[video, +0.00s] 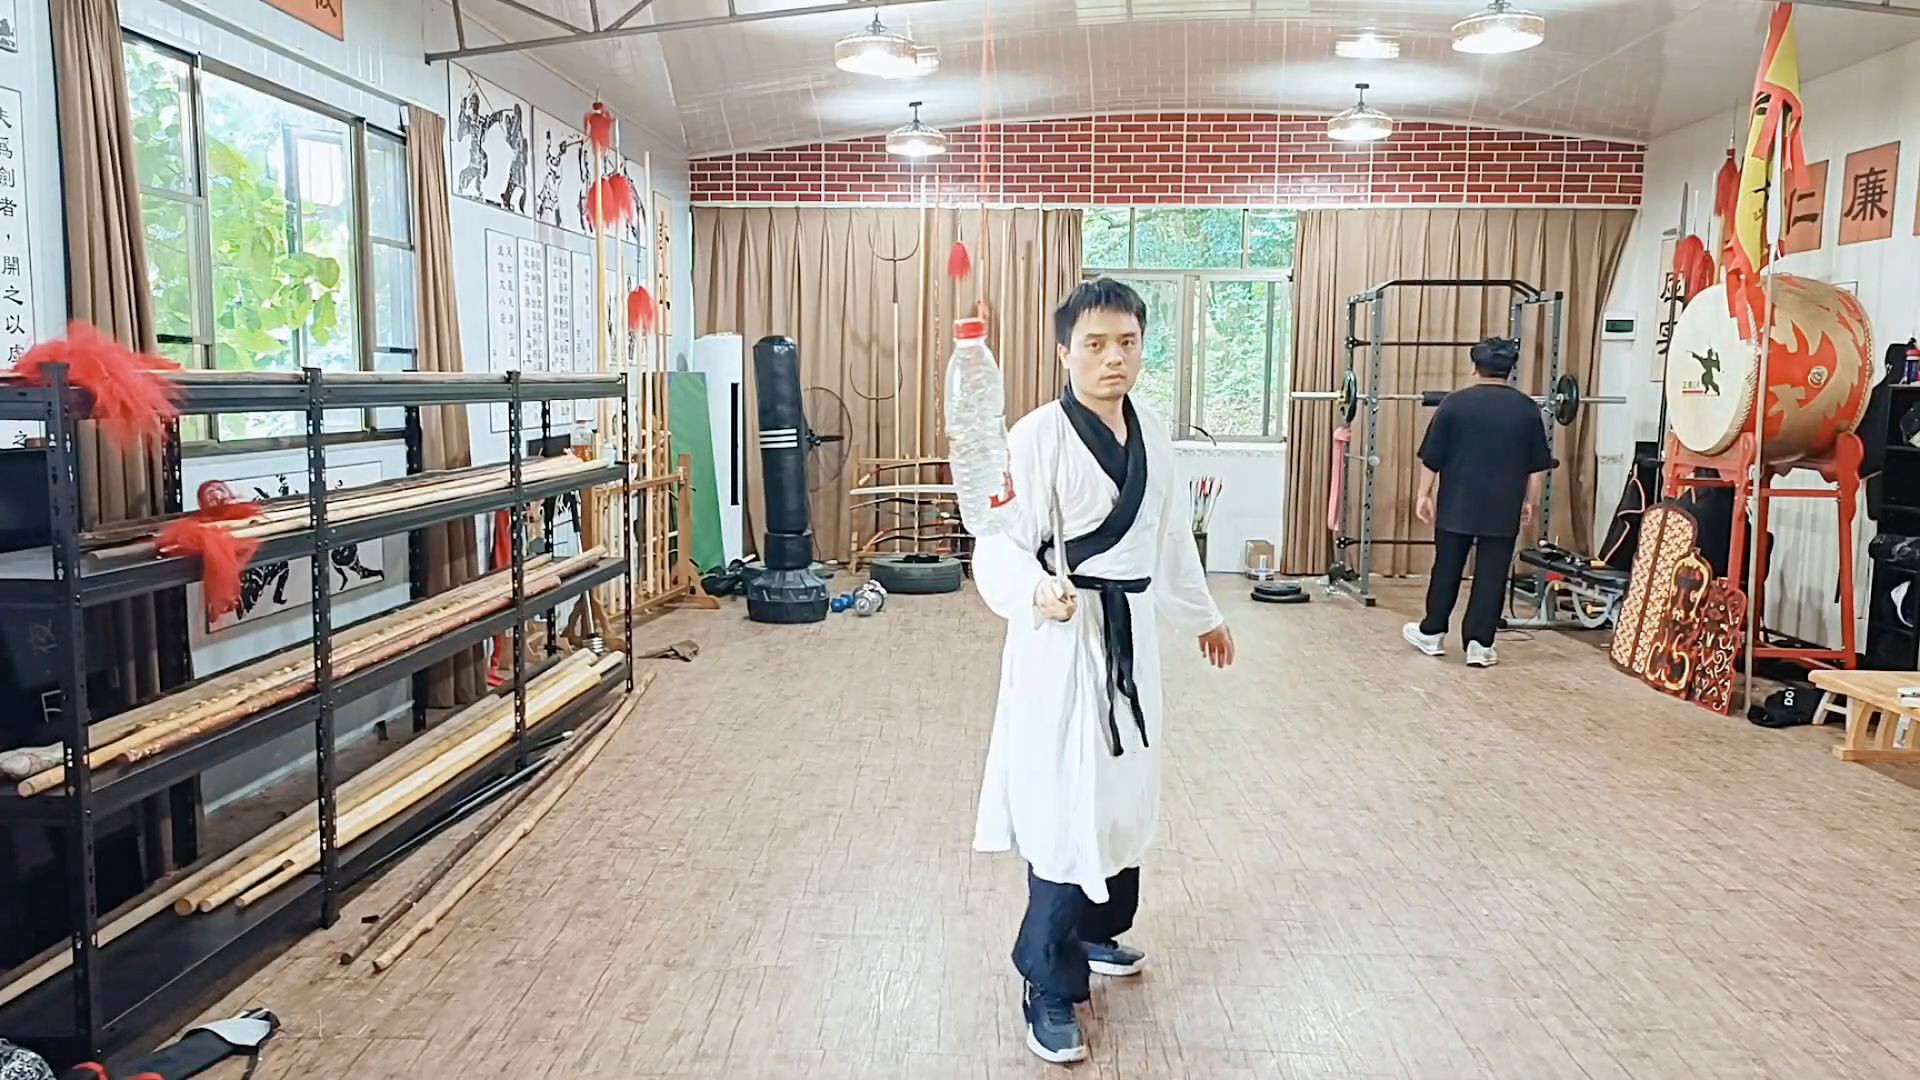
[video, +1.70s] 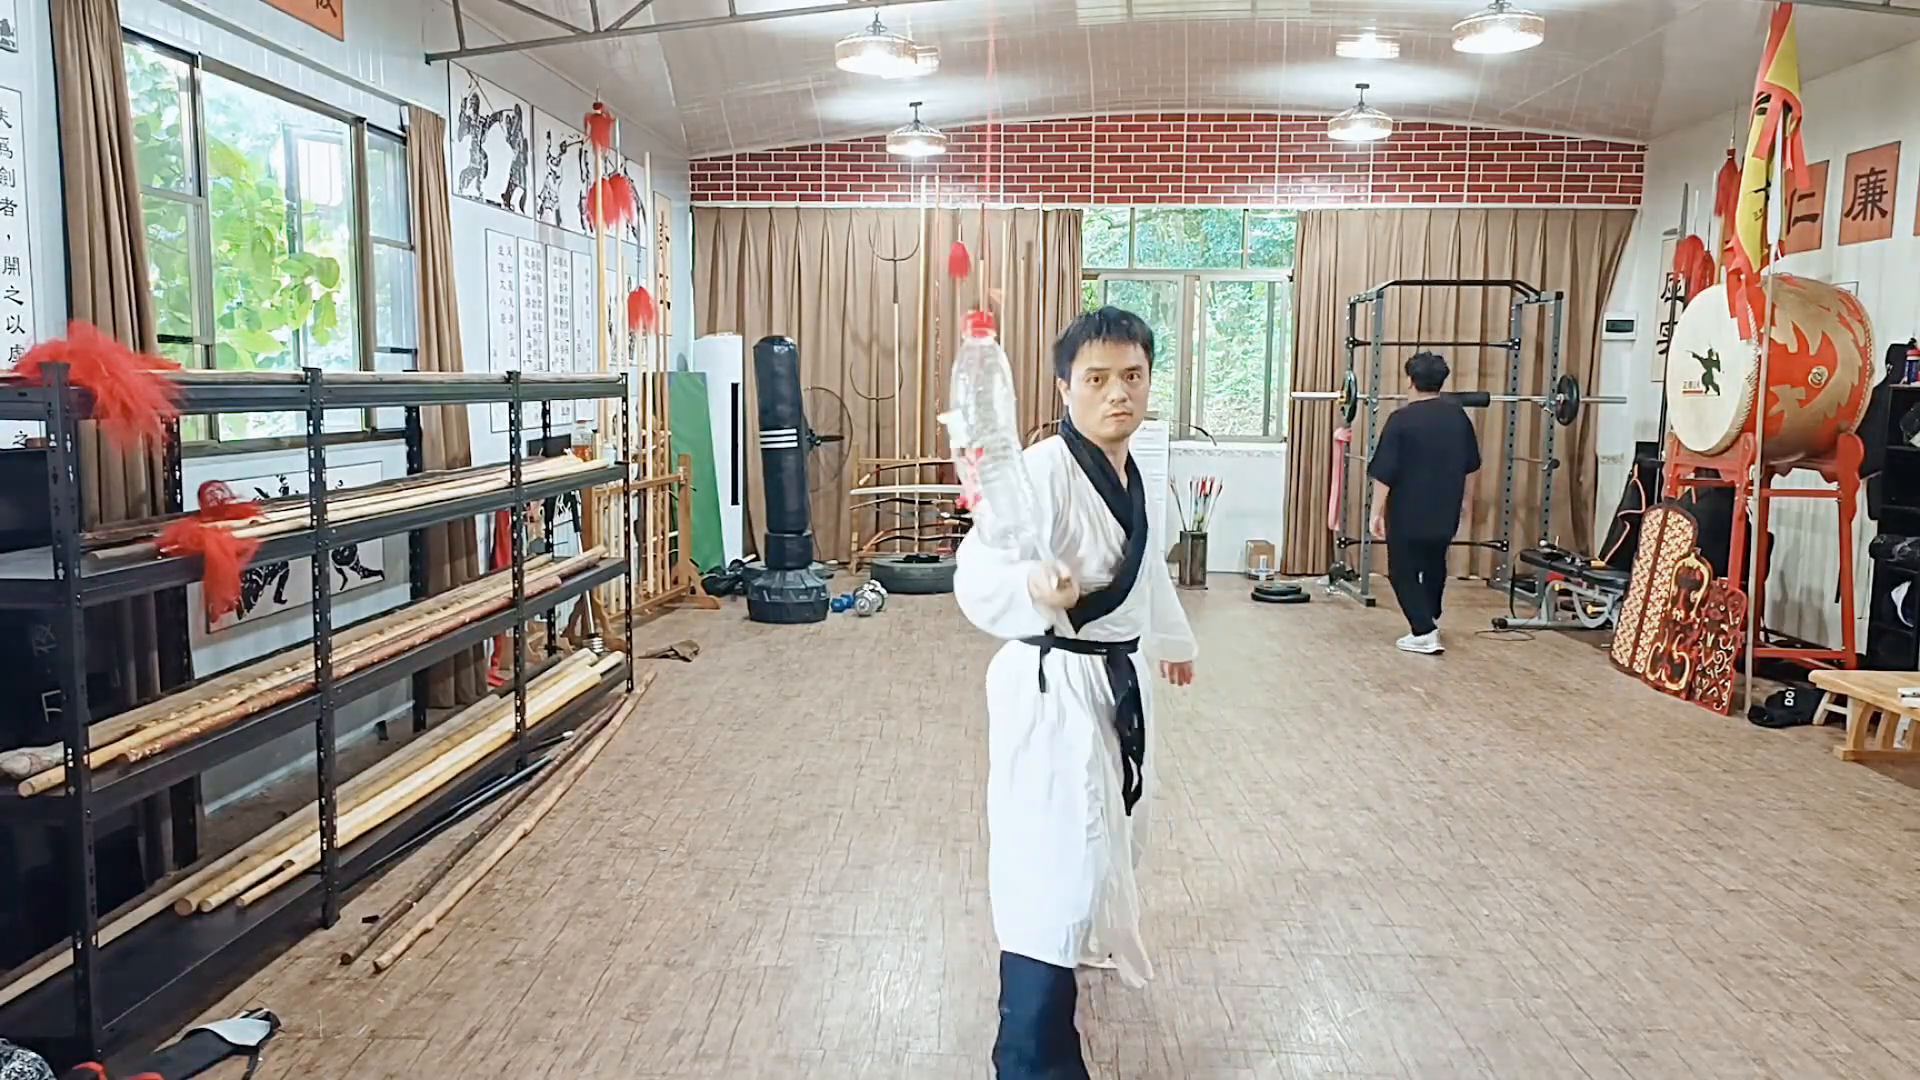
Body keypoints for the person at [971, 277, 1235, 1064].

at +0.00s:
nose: (1114, 357)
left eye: (1126, 342)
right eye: (1096, 343)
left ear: (1142, 348)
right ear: (1064, 351)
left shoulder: (1152, 427)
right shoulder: (1037, 436)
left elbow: (1174, 534)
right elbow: (997, 544)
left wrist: (1204, 614)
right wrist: (1035, 591)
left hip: (1135, 629)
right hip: (1063, 636)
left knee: (1125, 786)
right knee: (1063, 805)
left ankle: (1093, 929)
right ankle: (1047, 985)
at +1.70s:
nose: (1120, 392)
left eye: (1134, 376)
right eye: (1099, 377)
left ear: (1150, 386)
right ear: (1064, 388)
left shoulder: (1133, 469)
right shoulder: (1039, 472)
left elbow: (1143, 566)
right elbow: (974, 574)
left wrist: (1173, 639)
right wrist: (1033, 586)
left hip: (1111, 680)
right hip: (1049, 686)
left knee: (1082, 858)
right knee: (1049, 877)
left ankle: (1051, 1033)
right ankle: (1036, 1058)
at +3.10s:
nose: (1098, 376)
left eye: (1109, 362)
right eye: (1080, 364)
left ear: (1122, 373)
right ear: (1051, 377)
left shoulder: (1111, 451)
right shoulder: (1035, 459)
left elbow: (1120, 547)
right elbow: (1005, 558)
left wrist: (1172, 594)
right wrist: (1059, 600)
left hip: (1104, 676)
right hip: (1045, 681)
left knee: (1087, 814)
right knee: (1056, 830)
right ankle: (1034, 980)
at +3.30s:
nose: (1131, 408)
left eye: (1142, 391)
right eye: (1108, 392)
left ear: (1155, 403)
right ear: (1064, 409)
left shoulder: (1147, 487)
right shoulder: (1029, 514)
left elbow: (1180, 567)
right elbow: (982, 653)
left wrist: (1233, 617)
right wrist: (1048, 644)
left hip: (1125, 718)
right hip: (1048, 733)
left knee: (1101, 890)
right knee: (1057, 966)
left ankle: (1059, 1028)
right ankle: (1014, 1061)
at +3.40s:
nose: (1144, 392)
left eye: (1153, 375)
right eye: (1119, 377)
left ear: (1162, 387)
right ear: (1072, 399)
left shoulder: (1135, 485)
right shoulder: (1048, 493)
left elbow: (1147, 574)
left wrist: (1182, 609)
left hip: (1117, 718)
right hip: (1059, 730)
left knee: (1093, 938)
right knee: (1070, 964)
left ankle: (1050, 1060)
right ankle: (1027, 1067)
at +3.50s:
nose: (1142, 403)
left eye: (1149, 384)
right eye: (1118, 386)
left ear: (1158, 392)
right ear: (1065, 405)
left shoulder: (1112, 483)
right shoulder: (1064, 490)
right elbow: (1146, 510)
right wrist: (1213, 507)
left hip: (1105, 713)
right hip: (1053, 728)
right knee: (1068, 976)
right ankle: (1030, 1065)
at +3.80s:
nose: (1169, 411)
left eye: (1176, 392)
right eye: (1144, 398)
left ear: (1185, 399)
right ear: (1098, 414)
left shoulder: (1143, 496)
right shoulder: (1085, 507)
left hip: (1119, 729)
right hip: (1069, 744)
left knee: (1138, 846)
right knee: (1082, 975)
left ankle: (1145, 952)